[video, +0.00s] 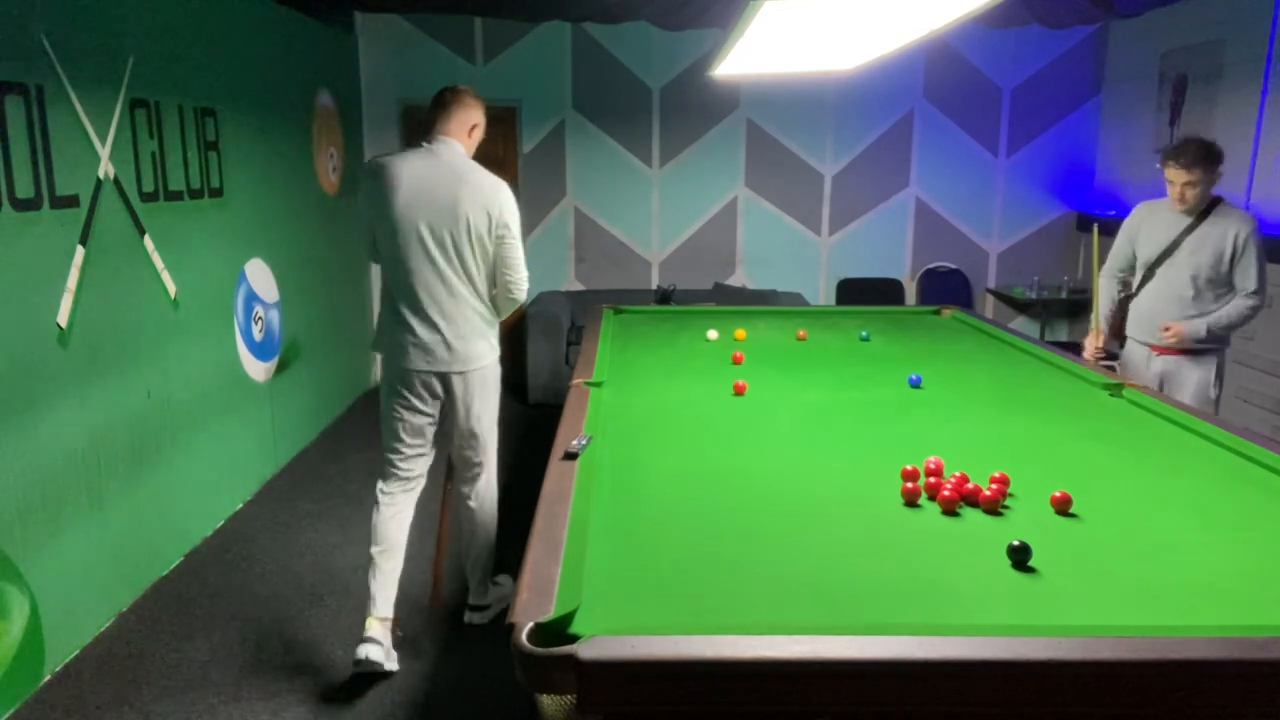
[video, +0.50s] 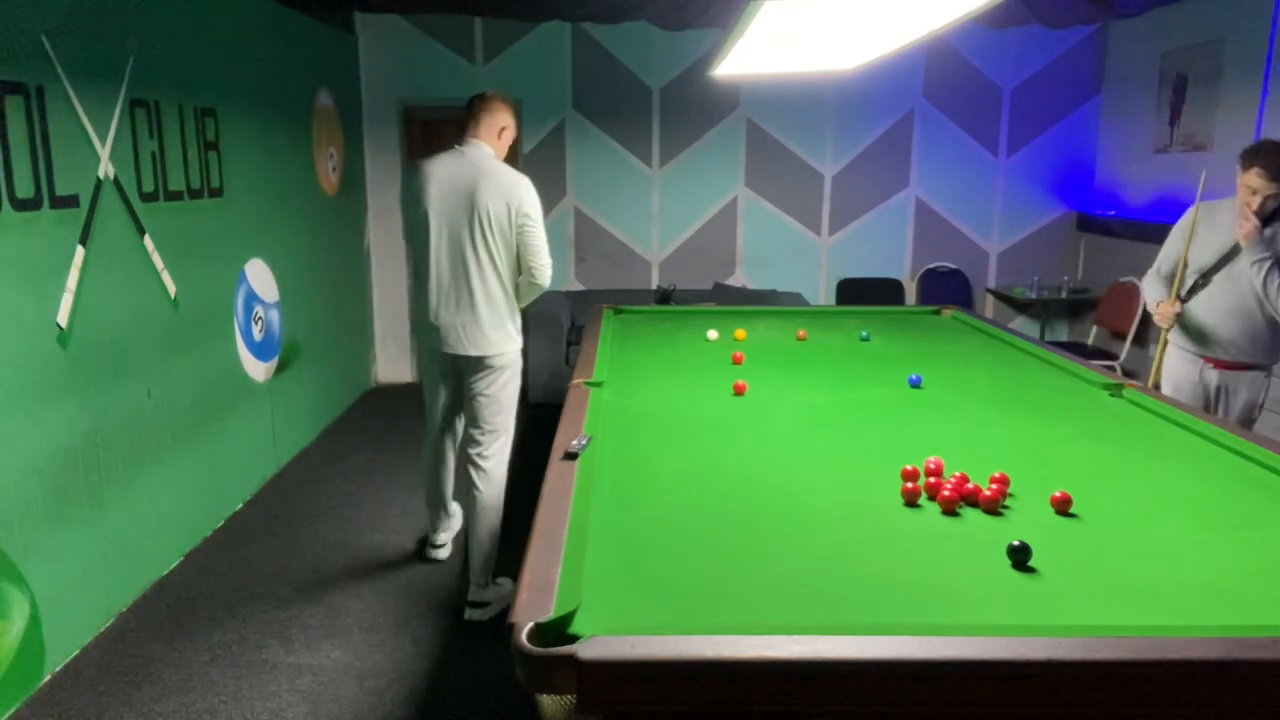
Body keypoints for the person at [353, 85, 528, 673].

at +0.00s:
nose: (481, 137)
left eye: (479, 129)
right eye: (481, 130)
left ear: (429, 122)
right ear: (474, 130)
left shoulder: (382, 173)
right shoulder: (494, 192)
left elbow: (376, 250)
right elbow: (515, 291)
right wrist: (477, 322)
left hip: (408, 353)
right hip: (472, 357)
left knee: (398, 481)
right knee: (476, 476)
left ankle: (376, 629)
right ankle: (480, 597)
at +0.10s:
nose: (500, 138)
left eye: (499, 130)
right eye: (500, 130)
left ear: (451, 119)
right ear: (491, 128)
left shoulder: (400, 170)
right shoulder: (507, 188)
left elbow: (392, 248)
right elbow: (527, 282)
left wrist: (432, 278)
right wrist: (492, 308)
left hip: (416, 339)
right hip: (481, 344)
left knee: (416, 457)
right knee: (482, 466)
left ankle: (390, 593)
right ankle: (481, 594)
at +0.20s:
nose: (504, 138)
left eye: (504, 131)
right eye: (505, 131)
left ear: (457, 118)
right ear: (497, 127)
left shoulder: (408, 169)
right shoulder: (514, 186)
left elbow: (403, 243)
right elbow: (534, 277)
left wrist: (436, 283)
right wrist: (497, 307)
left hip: (424, 338)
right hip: (487, 346)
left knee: (423, 452)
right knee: (484, 463)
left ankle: (400, 580)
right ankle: (480, 593)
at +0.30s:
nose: (505, 137)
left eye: (504, 130)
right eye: (507, 130)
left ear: (459, 120)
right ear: (500, 127)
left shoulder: (414, 170)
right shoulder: (517, 184)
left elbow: (414, 243)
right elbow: (539, 275)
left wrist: (444, 290)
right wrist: (500, 306)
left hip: (429, 336)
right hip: (491, 342)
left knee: (427, 452)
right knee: (486, 464)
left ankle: (408, 575)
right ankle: (480, 591)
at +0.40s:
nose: (506, 140)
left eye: (505, 133)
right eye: (507, 133)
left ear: (461, 122)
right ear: (500, 129)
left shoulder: (418, 172)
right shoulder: (517, 183)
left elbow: (417, 247)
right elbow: (540, 273)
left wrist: (445, 297)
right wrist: (503, 306)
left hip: (430, 335)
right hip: (492, 341)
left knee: (431, 451)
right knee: (487, 463)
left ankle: (419, 563)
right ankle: (478, 590)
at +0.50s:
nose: (509, 146)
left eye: (509, 138)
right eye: (511, 138)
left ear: (466, 125)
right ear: (503, 132)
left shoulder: (422, 173)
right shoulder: (515, 185)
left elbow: (416, 247)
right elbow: (539, 275)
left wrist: (440, 292)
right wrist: (503, 304)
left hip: (432, 332)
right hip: (492, 337)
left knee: (440, 433)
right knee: (488, 458)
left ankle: (439, 534)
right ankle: (480, 590)